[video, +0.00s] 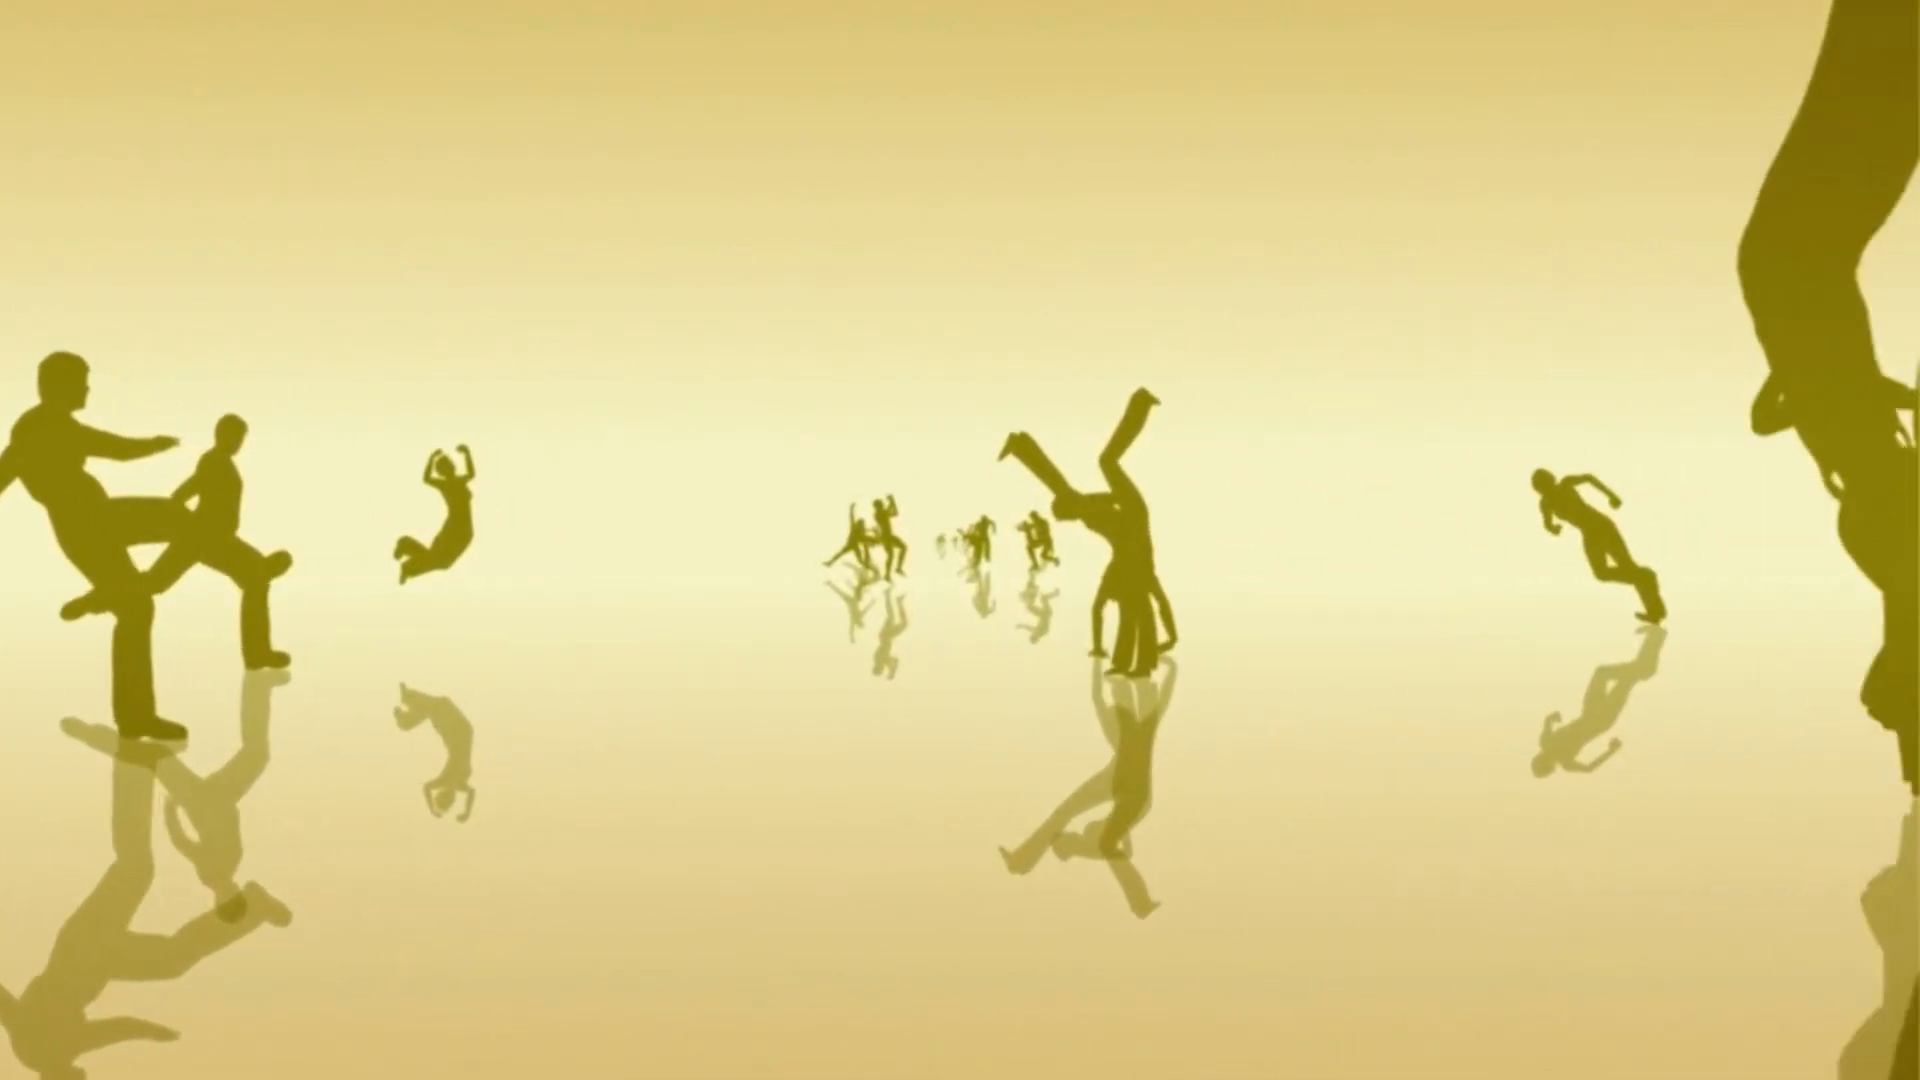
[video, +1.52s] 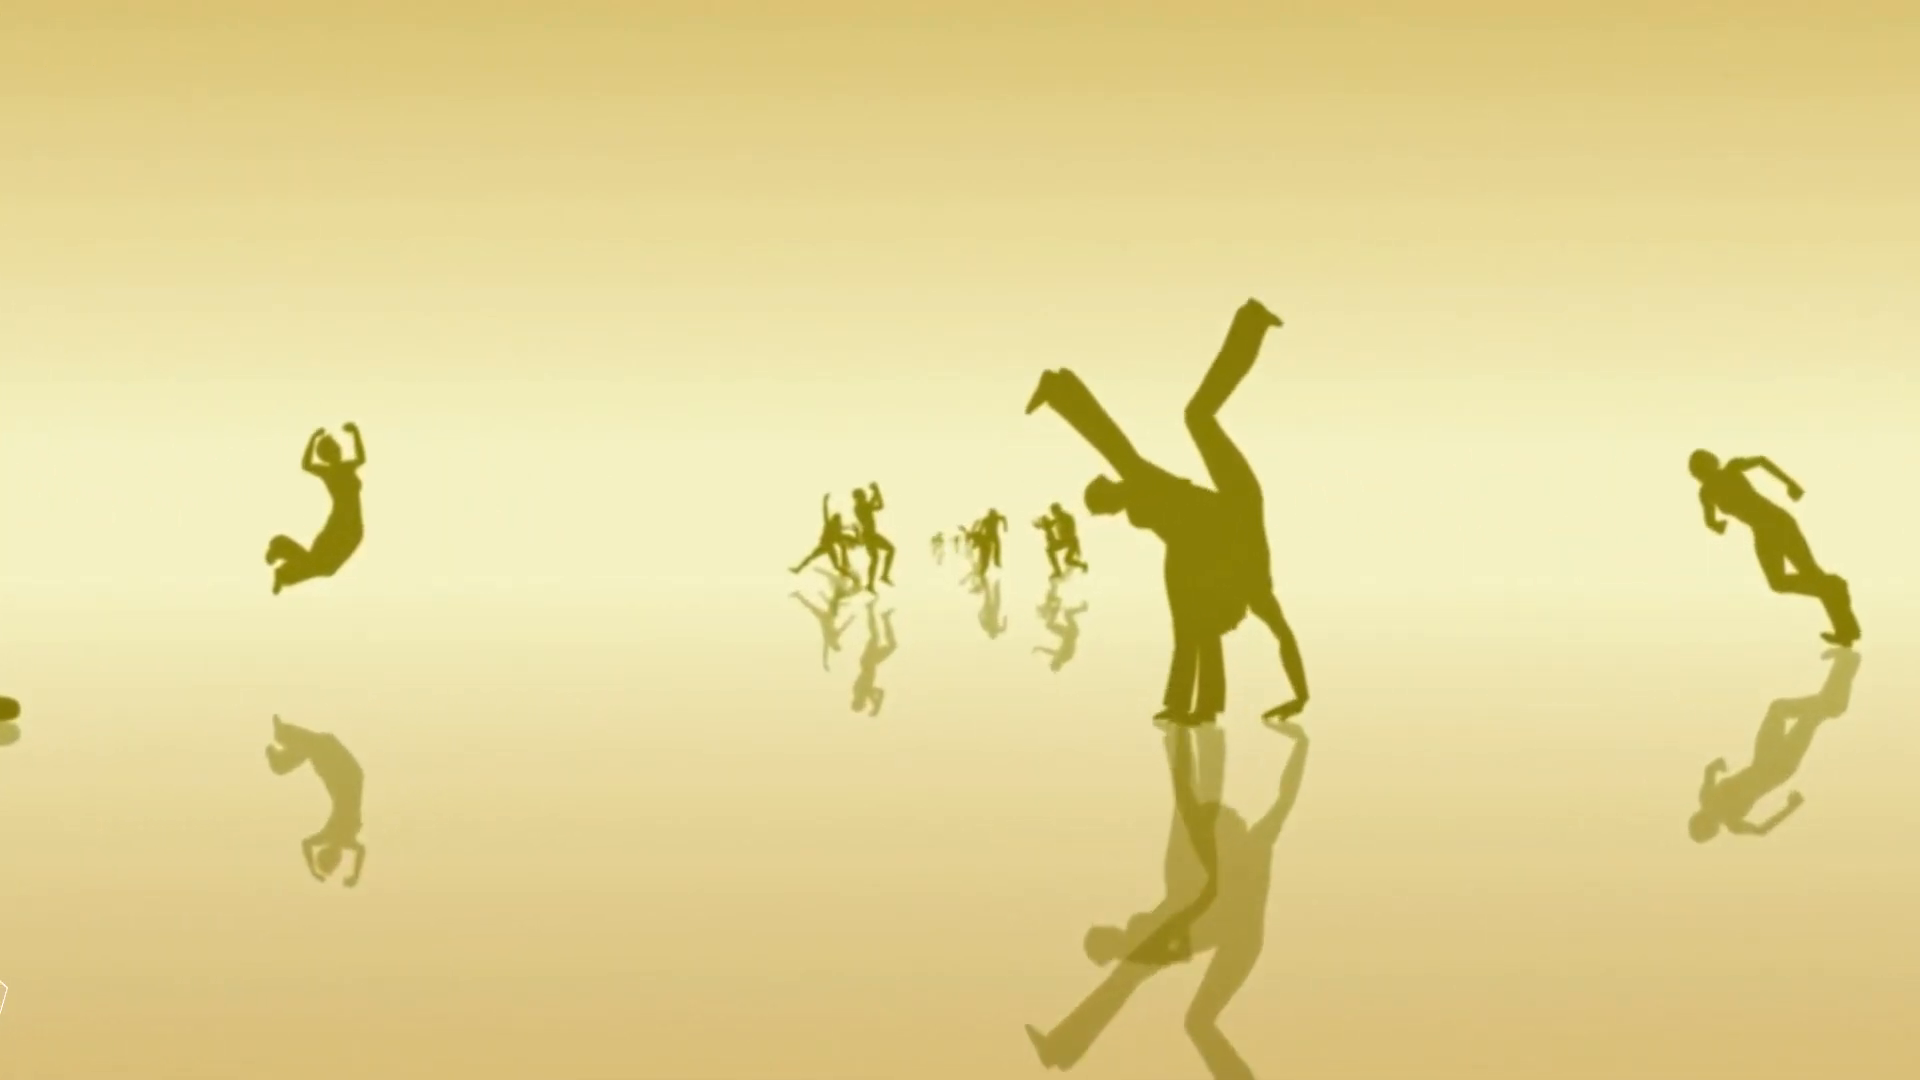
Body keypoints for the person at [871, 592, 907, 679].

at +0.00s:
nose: (880, 672)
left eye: (878, 672)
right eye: (879, 672)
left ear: (876, 668)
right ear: (878, 669)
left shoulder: (880, 658)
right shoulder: (883, 659)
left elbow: (894, 661)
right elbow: (894, 661)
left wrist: (891, 673)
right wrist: (891, 673)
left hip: (884, 634)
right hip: (889, 635)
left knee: (891, 617)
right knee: (903, 625)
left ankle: (887, 595)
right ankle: (900, 602)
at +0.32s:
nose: (877, 678)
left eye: (875, 678)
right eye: (876, 678)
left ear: (873, 673)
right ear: (875, 674)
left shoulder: (876, 663)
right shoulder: (881, 664)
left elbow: (891, 666)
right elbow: (891, 666)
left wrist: (888, 679)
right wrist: (889, 679)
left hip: (882, 637)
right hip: (887, 638)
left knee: (888, 620)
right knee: (902, 628)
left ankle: (884, 597)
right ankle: (898, 605)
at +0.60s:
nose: (872, 685)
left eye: (871, 685)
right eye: (871, 685)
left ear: (869, 680)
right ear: (871, 681)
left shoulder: (872, 669)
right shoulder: (877, 670)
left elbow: (889, 673)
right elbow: (889, 673)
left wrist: (885, 686)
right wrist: (886, 686)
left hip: (878, 643)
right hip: (884, 644)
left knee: (885, 624)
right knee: (900, 632)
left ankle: (881, 599)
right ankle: (895, 608)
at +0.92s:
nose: (870, 691)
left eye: (868, 691)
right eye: (869, 692)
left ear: (865, 686)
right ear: (867, 687)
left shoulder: (869, 674)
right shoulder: (873, 676)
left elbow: (886, 678)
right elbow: (885, 679)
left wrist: (883, 692)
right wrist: (883, 692)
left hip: (875, 647)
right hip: (881, 648)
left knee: (882, 627)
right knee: (898, 635)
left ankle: (878, 601)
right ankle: (893, 611)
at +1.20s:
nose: (864, 699)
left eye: (863, 699)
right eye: (864, 700)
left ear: (860, 693)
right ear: (863, 694)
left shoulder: (864, 682)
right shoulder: (870, 684)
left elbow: (882, 685)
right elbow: (882, 686)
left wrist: (879, 700)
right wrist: (879, 700)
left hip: (870, 654)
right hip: (877, 654)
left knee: (878, 632)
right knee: (895, 641)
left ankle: (874, 605)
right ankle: (889, 615)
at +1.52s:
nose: (862, 707)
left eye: (860, 707)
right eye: (860, 707)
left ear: (857, 701)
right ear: (859, 702)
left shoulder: (860, 689)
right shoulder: (866, 691)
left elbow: (879, 693)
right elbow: (879, 693)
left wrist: (876, 708)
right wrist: (876, 708)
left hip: (867, 660)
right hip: (874, 660)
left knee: (874, 636)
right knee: (892, 645)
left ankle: (870, 608)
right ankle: (886, 618)